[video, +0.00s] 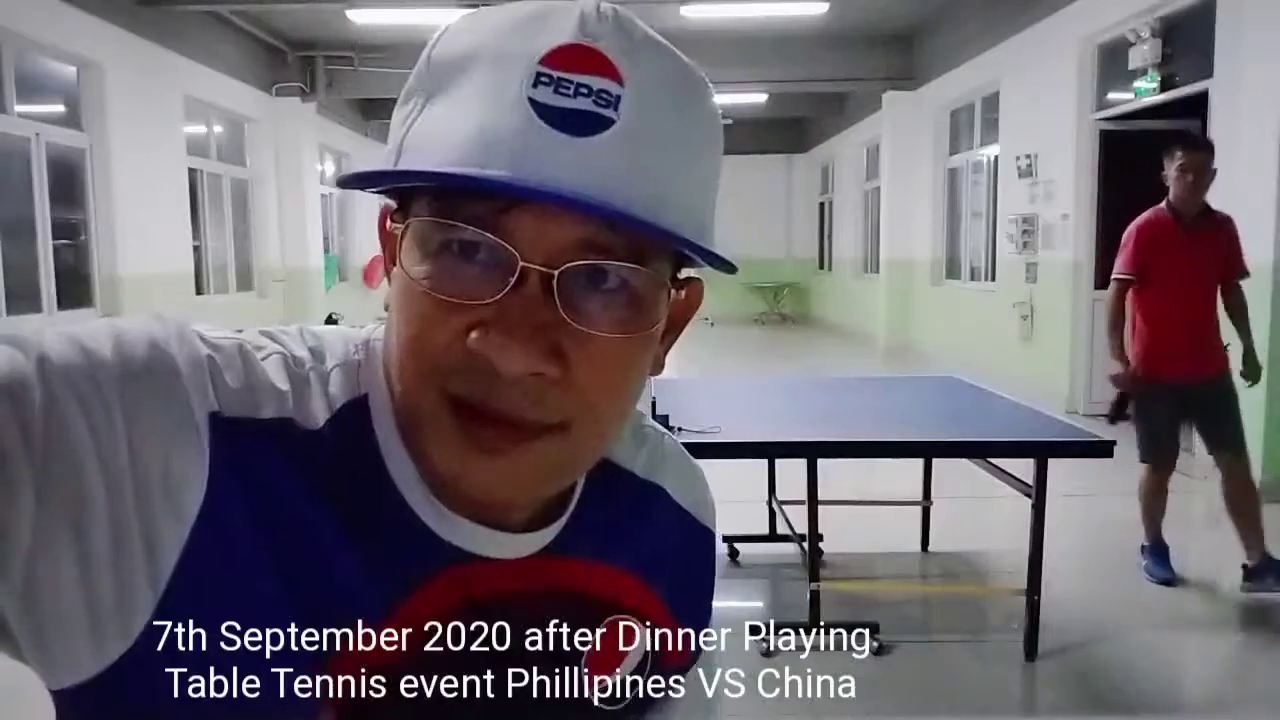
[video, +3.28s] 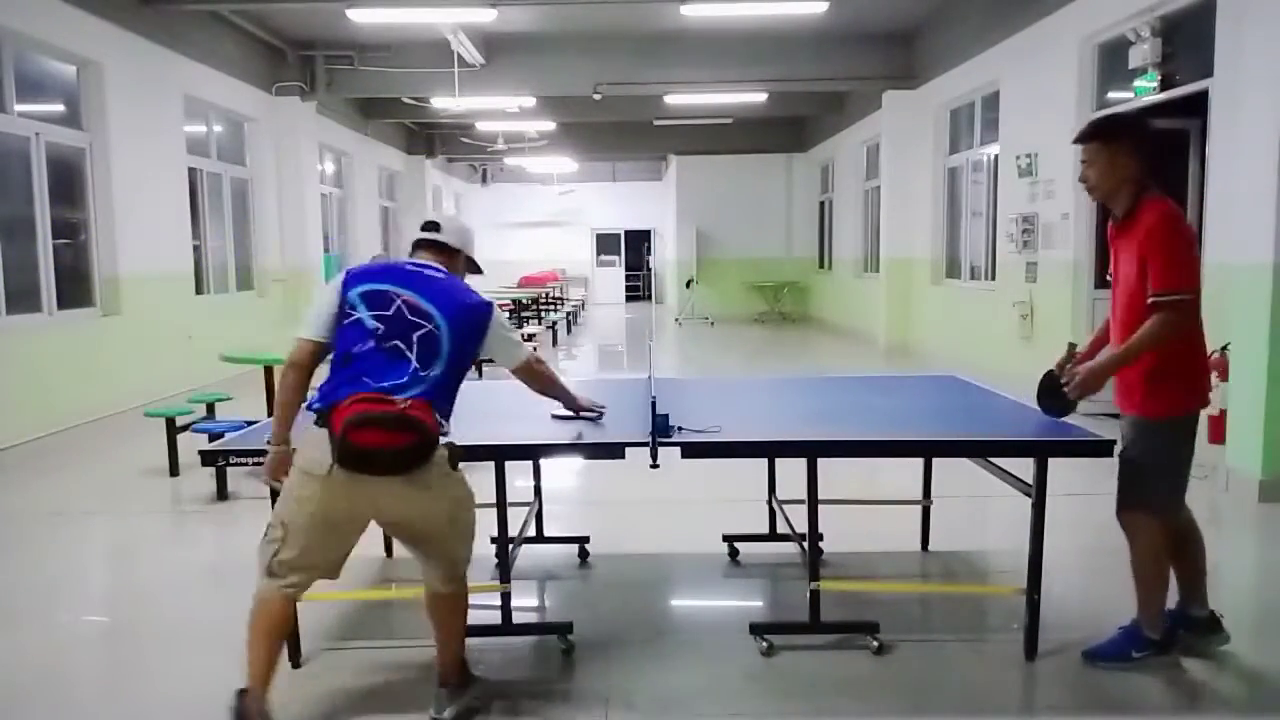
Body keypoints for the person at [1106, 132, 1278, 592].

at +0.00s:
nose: (1193, 179)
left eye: (1201, 172)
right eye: (1184, 171)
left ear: (1211, 176)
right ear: (1167, 174)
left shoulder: (1221, 227)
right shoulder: (1143, 229)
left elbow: (1231, 290)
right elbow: (1117, 294)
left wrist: (1248, 346)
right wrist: (1116, 356)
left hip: (1208, 369)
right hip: (1154, 372)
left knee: (1236, 464)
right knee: (1157, 466)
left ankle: (1257, 561)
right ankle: (1153, 547)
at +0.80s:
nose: (1269, 168)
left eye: (1276, 160)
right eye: (1263, 160)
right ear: (1250, 164)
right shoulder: (1224, 224)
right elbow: (1184, 286)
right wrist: (1193, 332)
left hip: (1276, 387)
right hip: (1228, 383)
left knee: (1275, 502)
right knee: (1219, 492)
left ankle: (1248, 589)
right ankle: (1206, 585)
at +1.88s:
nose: (1196, 173)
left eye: (1208, 163)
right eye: (1191, 162)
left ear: (1240, 166)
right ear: (1186, 165)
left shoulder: (1268, 232)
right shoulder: (1164, 228)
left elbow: (1278, 306)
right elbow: (1127, 286)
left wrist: (1266, 346)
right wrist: (1112, 337)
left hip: (1232, 398)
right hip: (1164, 395)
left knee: (1254, 522)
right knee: (1174, 509)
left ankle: (1243, 580)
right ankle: (1195, 612)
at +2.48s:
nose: (1132, 175)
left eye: (1142, 163)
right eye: (1129, 165)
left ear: (1182, 159)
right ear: (1134, 169)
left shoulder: (1232, 224)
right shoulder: (1133, 230)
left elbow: (1269, 297)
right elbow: (1114, 304)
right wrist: (1076, 352)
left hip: (1204, 395)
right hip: (1147, 392)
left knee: (1194, 510)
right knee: (1170, 509)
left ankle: (1201, 630)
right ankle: (1192, 614)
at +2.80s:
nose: (1111, 176)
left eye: (1120, 163)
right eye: (1108, 165)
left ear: (1155, 161)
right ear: (1120, 169)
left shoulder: (1206, 222)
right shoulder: (1123, 229)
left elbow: (1234, 305)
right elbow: (1112, 300)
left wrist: (1227, 381)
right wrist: (1072, 353)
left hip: (1194, 391)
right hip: (1142, 389)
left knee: (1160, 502)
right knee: (1161, 504)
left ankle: (1153, 628)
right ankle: (1196, 615)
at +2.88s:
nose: (1105, 176)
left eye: (1114, 164)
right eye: (1103, 165)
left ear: (1150, 161)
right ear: (1115, 168)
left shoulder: (1196, 222)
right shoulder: (1122, 226)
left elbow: (1214, 310)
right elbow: (1115, 300)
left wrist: (1183, 382)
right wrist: (1075, 354)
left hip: (1184, 395)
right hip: (1140, 394)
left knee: (1147, 506)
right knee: (1168, 508)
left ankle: (1150, 630)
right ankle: (1197, 614)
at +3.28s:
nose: (1082, 175)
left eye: (1090, 163)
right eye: (1081, 164)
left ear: (1126, 162)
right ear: (1110, 167)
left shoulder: (1162, 223)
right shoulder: (1121, 226)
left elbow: (1173, 315)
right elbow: (1128, 309)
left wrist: (1102, 369)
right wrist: (1088, 347)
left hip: (1166, 396)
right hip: (1147, 394)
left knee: (1137, 510)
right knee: (1165, 506)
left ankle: (1150, 629)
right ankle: (1197, 614)